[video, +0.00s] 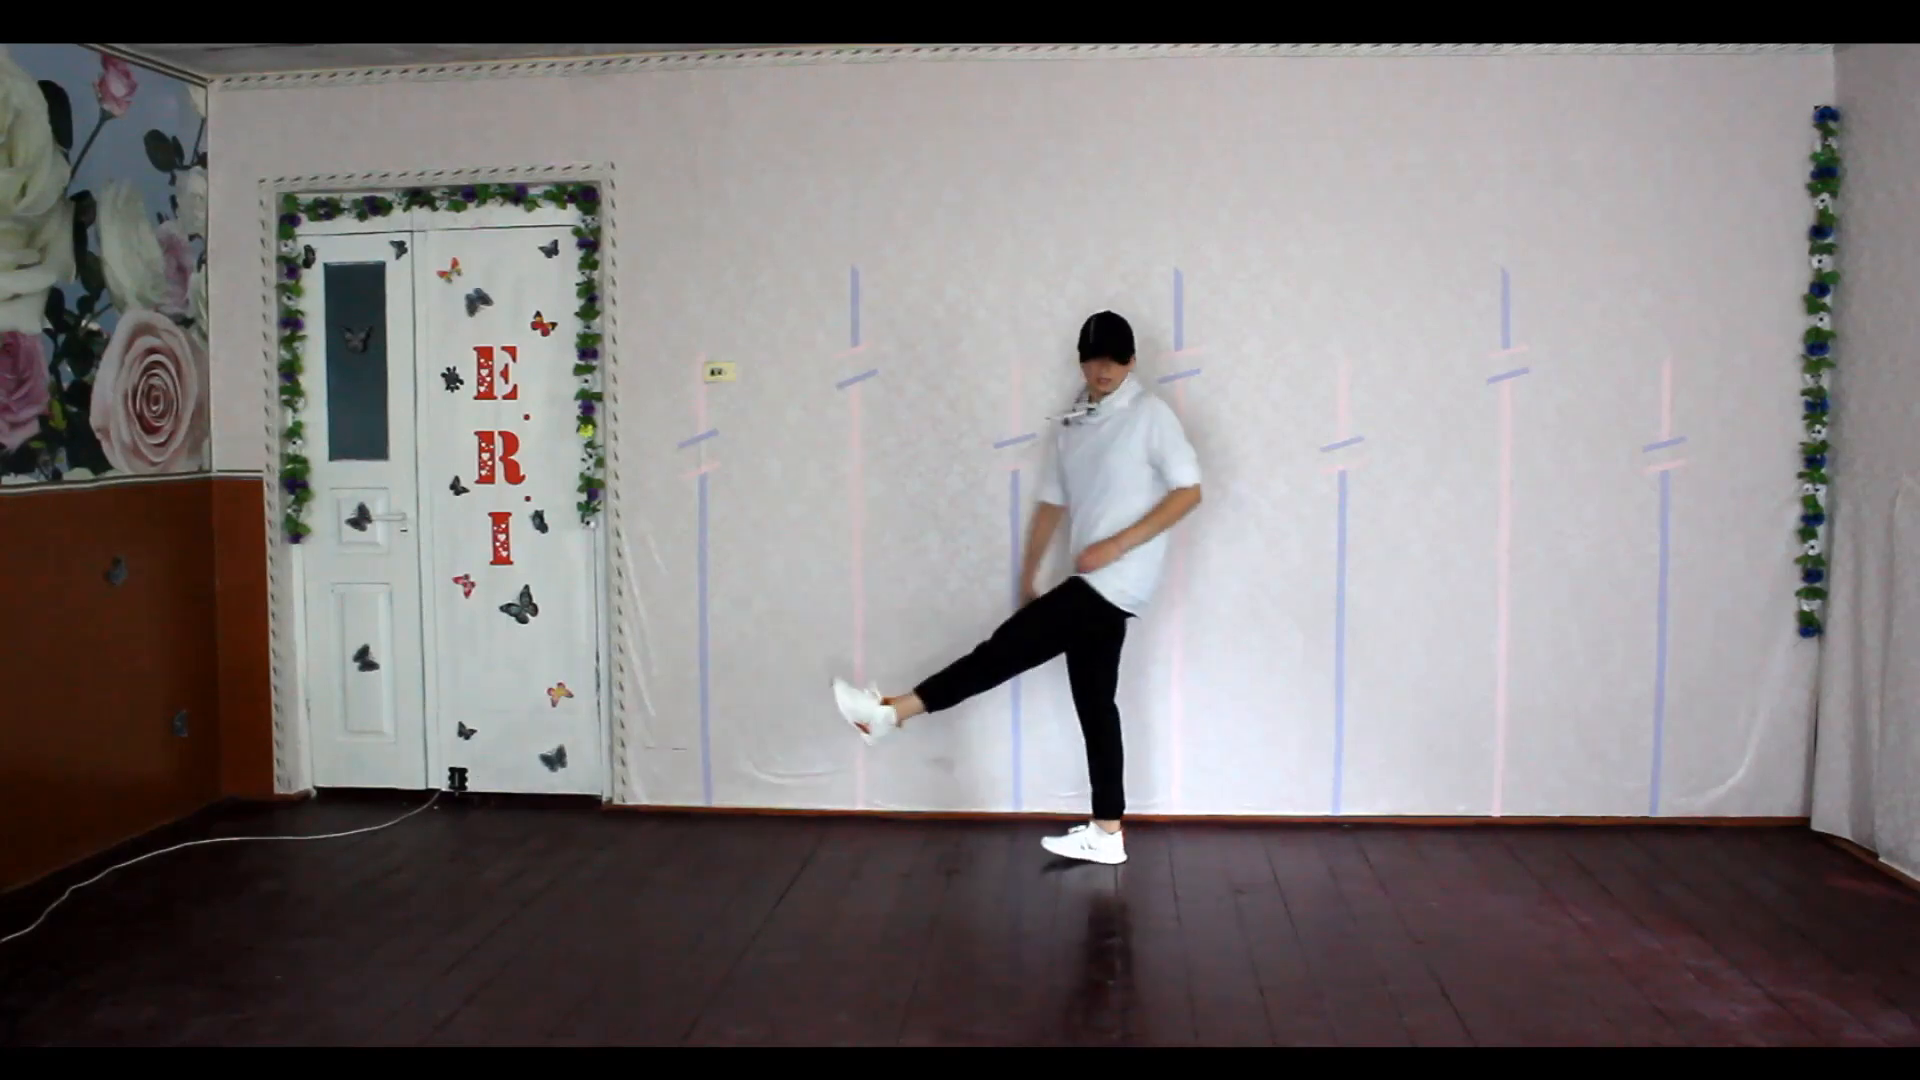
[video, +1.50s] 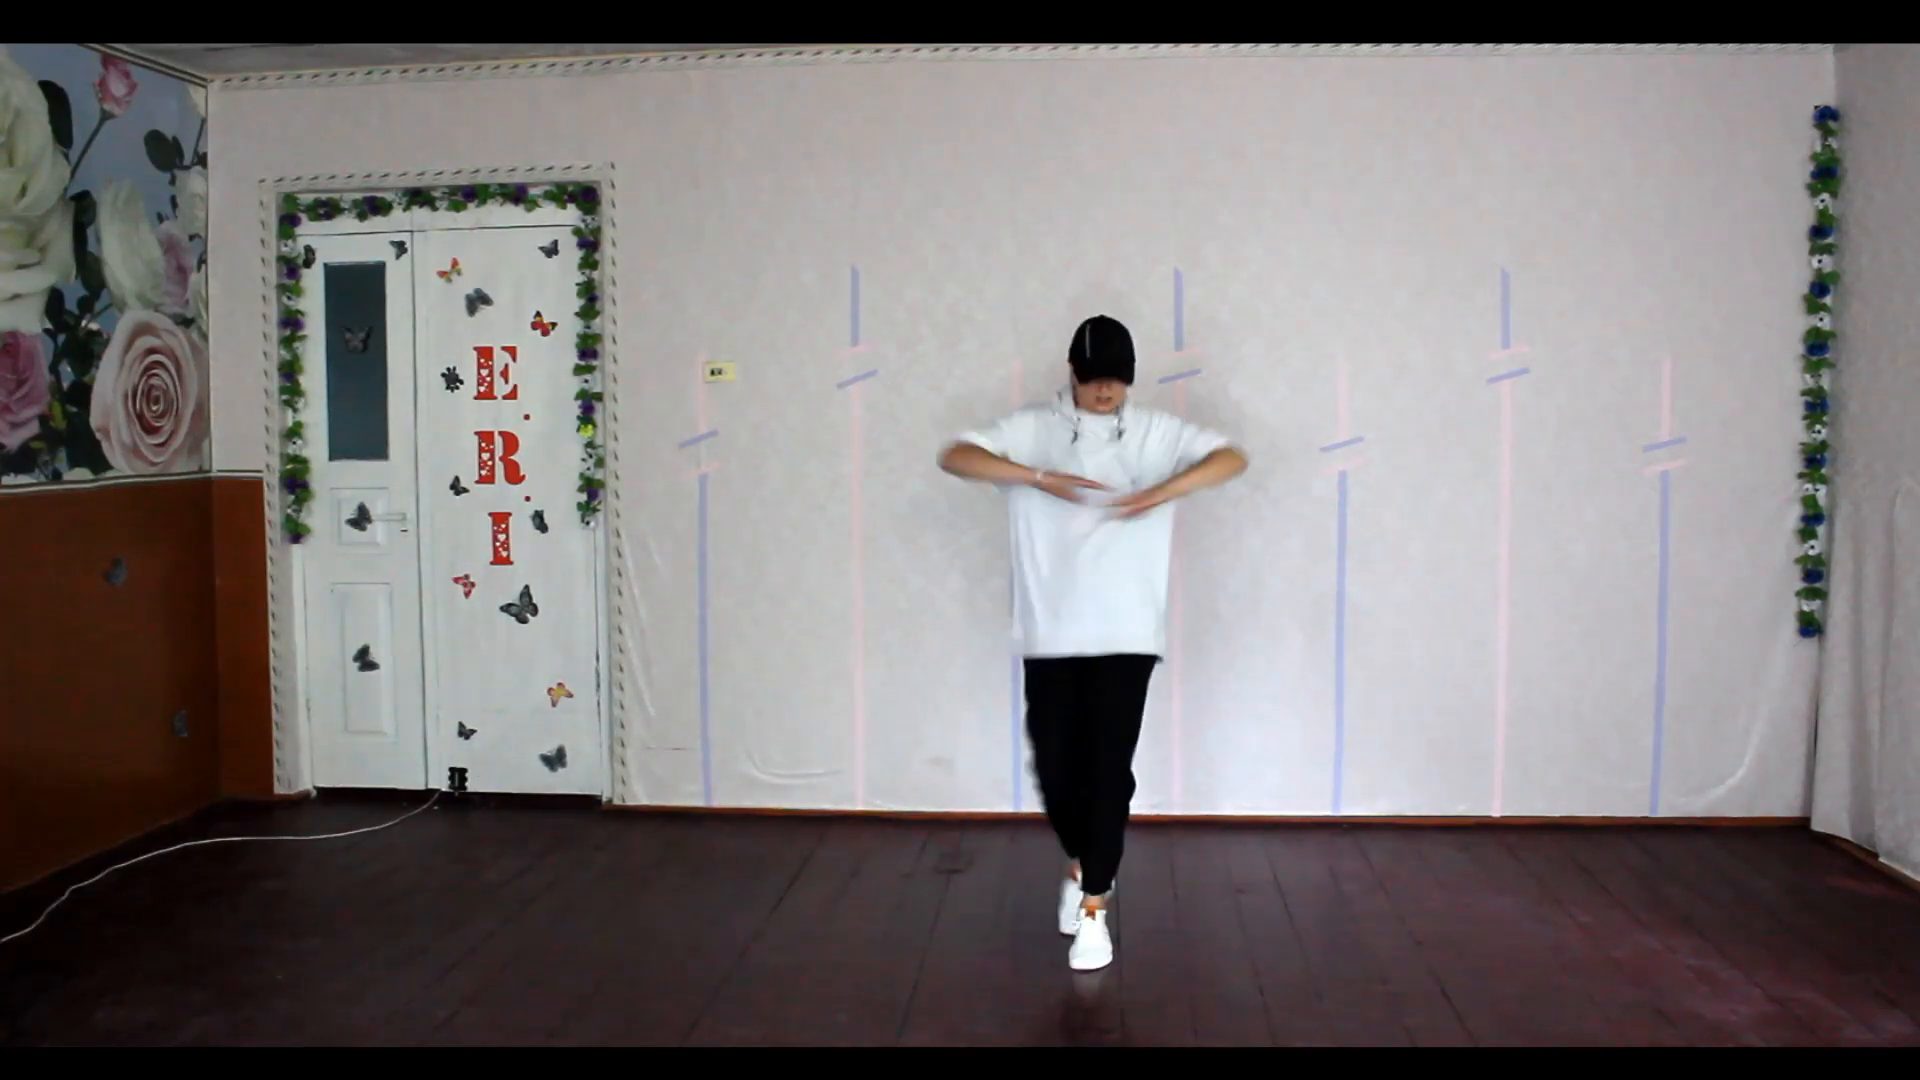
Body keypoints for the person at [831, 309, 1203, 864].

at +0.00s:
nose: (1101, 374)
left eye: (1112, 365)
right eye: (1093, 364)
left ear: (1130, 362)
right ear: (1081, 362)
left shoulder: (1151, 414)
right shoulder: (1069, 426)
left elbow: (1189, 492)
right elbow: (1051, 504)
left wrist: (1119, 544)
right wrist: (1029, 573)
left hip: (1116, 582)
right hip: (1082, 579)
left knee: (1006, 649)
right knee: (1095, 706)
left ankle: (892, 712)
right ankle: (1108, 830)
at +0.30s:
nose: (1134, 387)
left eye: (1142, 377)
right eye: (1124, 376)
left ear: (1151, 377)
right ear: (1101, 373)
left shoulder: (1156, 440)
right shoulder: (1061, 423)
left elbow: (1158, 516)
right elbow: (1034, 510)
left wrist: (1148, 559)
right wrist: (1022, 594)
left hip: (1115, 593)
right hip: (1057, 592)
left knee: (1071, 700)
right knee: (1068, 706)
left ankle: (1062, 839)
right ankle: (1101, 825)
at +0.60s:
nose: (1122, 384)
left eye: (1129, 372)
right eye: (1111, 373)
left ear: (1137, 368)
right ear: (1083, 366)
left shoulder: (1154, 433)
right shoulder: (1042, 420)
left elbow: (1173, 518)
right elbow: (986, 479)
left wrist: (1130, 581)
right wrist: (1015, 496)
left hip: (1117, 606)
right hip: (1055, 598)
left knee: (1101, 731)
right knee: (1056, 717)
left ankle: (1081, 850)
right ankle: (1040, 811)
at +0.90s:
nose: (1103, 382)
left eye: (1108, 371)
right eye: (1091, 372)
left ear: (1114, 369)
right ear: (1059, 372)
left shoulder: (1139, 419)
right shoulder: (1034, 442)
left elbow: (1171, 508)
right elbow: (1013, 511)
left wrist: (1139, 583)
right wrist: (976, 530)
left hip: (1119, 623)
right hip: (1054, 626)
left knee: (1105, 742)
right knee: (1062, 750)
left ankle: (1084, 854)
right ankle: (1096, 878)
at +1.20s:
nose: (1085, 374)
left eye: (1096, 364)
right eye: (1075, 362)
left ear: (1111, 360)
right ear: (1055, 356)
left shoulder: (1141, 407)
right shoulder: (1028, 437)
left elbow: (1180, 486)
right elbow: (1002, 526)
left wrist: (1155, 558)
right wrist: (1027, 528)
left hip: (1121, 605)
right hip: (1055, 616)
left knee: (1115, 728)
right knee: (1073, 754)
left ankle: (1129, 808)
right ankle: (1095, 881)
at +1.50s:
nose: (1105, 394)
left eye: (1116, 384)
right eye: (1094, 383)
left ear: (1132, 379)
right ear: (1073, 375)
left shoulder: (1153, 430)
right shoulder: (1034, 426)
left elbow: (1233, 459)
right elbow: (954, 456)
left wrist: (1160, 494)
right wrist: (1038, 478)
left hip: (1125, 637)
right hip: (1048, 636)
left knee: (1107, 771)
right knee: (1056, 770)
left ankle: (1096, 906)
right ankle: (1079, 868)